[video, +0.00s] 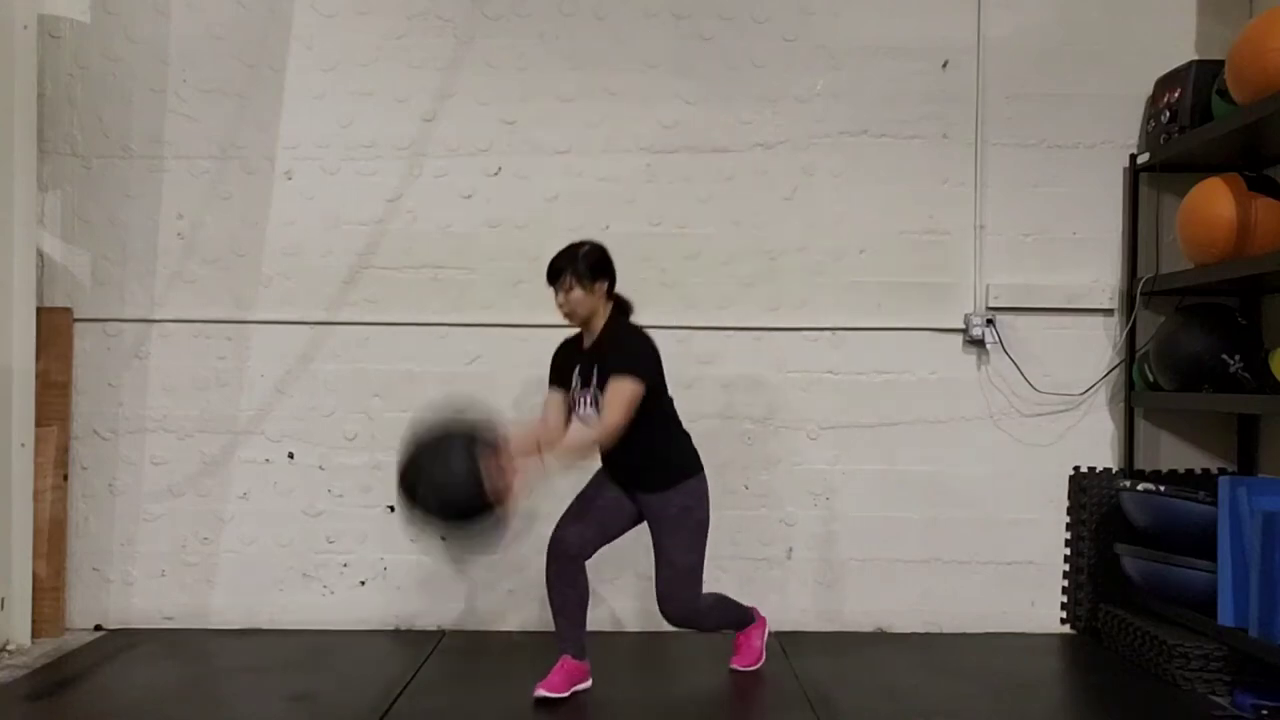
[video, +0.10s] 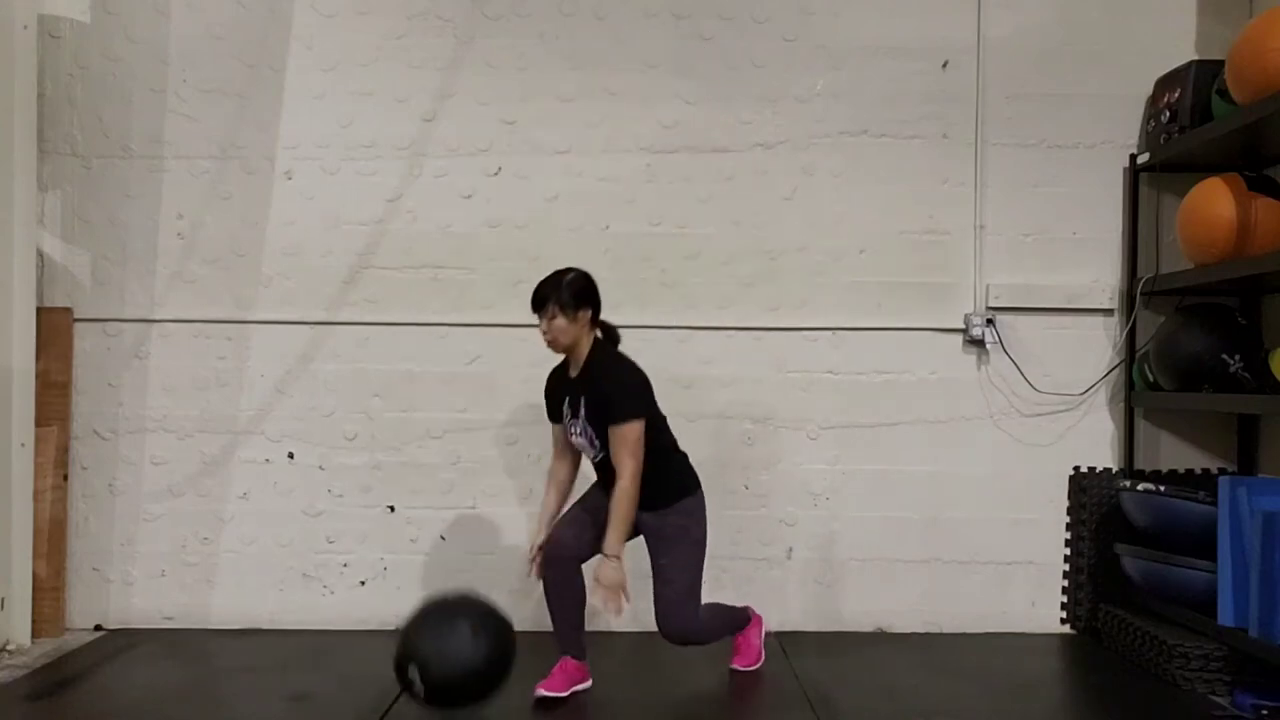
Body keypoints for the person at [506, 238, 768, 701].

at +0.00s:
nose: (562, 300)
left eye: (571, 289)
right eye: (557, 290)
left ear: (602, 288)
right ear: (557, 293)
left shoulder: (633, 348)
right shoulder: (569, 354)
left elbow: (607, 429)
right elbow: (551, 429)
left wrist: (541, 459)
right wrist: (507, 451)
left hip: (675, 486)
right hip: (622, 482)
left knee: (679, 606)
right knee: (564, 549)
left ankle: (750, 622)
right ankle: (574, 661)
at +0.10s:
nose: (544, 328)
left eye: (553, 317)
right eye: (541, 318)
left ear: (586, 317)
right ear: (545, 321)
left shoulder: (620, 378)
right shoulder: (559, 383)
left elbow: (629, 473)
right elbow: (564, 456)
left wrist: (612, 554)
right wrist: (548, 531)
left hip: (671, 501)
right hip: (616, 494)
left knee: (679, 625)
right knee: (558, 551)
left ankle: (746, 621)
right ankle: (573, 663)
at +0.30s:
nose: (528, 321)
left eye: (536, 310)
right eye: (525, 311)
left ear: (569, 310)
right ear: (556, 312)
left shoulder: (608, 372)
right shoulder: (548, 378)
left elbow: (616, 469)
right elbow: (547, 458)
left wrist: (572, 534)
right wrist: (504, 519)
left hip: (667, 498)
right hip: (616, 493)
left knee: (672, 615)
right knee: (556, 545)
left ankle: (750, 621)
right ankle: (574, 662)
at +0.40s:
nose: (527, 311)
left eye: (536, 300)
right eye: (524, 301)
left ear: (569, 301)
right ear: (525, 304)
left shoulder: (599, 363)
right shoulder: (540, 370)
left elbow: (571, 461)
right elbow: (514, 449)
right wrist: (464, 494)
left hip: (665, 486)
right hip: (610, 483)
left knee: (678, 605)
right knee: (559, 550)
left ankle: (751, 621)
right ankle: (574, 662)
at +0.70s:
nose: (514, 301)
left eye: (523, 289)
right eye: (510, 293)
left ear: (558, 289)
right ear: (512, 299)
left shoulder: (589, 348)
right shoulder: (528, 364)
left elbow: (549, 434)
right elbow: (509, 438)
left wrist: (474, 454)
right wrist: (458, 456)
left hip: (655, 471)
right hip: (599, 471)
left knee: (686, 589)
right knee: (550, 550)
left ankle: (753, 621)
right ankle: (573, 662)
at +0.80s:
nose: (523, 285)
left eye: (533, 272)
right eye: (518, 276)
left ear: (565, 272)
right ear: (516, 282)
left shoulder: (597, 332)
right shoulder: (529, 348)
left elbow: (557, 407)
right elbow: (509, 429)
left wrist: (476, 410)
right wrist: (452, 431)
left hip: (650, 464)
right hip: (593, 465)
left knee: (686, 579)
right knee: (548, 550)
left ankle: (751, 621)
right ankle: (574, 661)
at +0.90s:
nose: (535, 264)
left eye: (546, 252)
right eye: (527, 255)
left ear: (575, 253)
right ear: (523, 263)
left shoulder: (605, 310)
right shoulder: (531, 331)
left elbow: (563, 368)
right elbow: (504, 409)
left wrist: (484, 345)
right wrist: (437, 388)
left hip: (644, 454)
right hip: (585, 455)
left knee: (685, 563)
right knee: (548, 552)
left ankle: (743, 619)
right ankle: (574, 661)